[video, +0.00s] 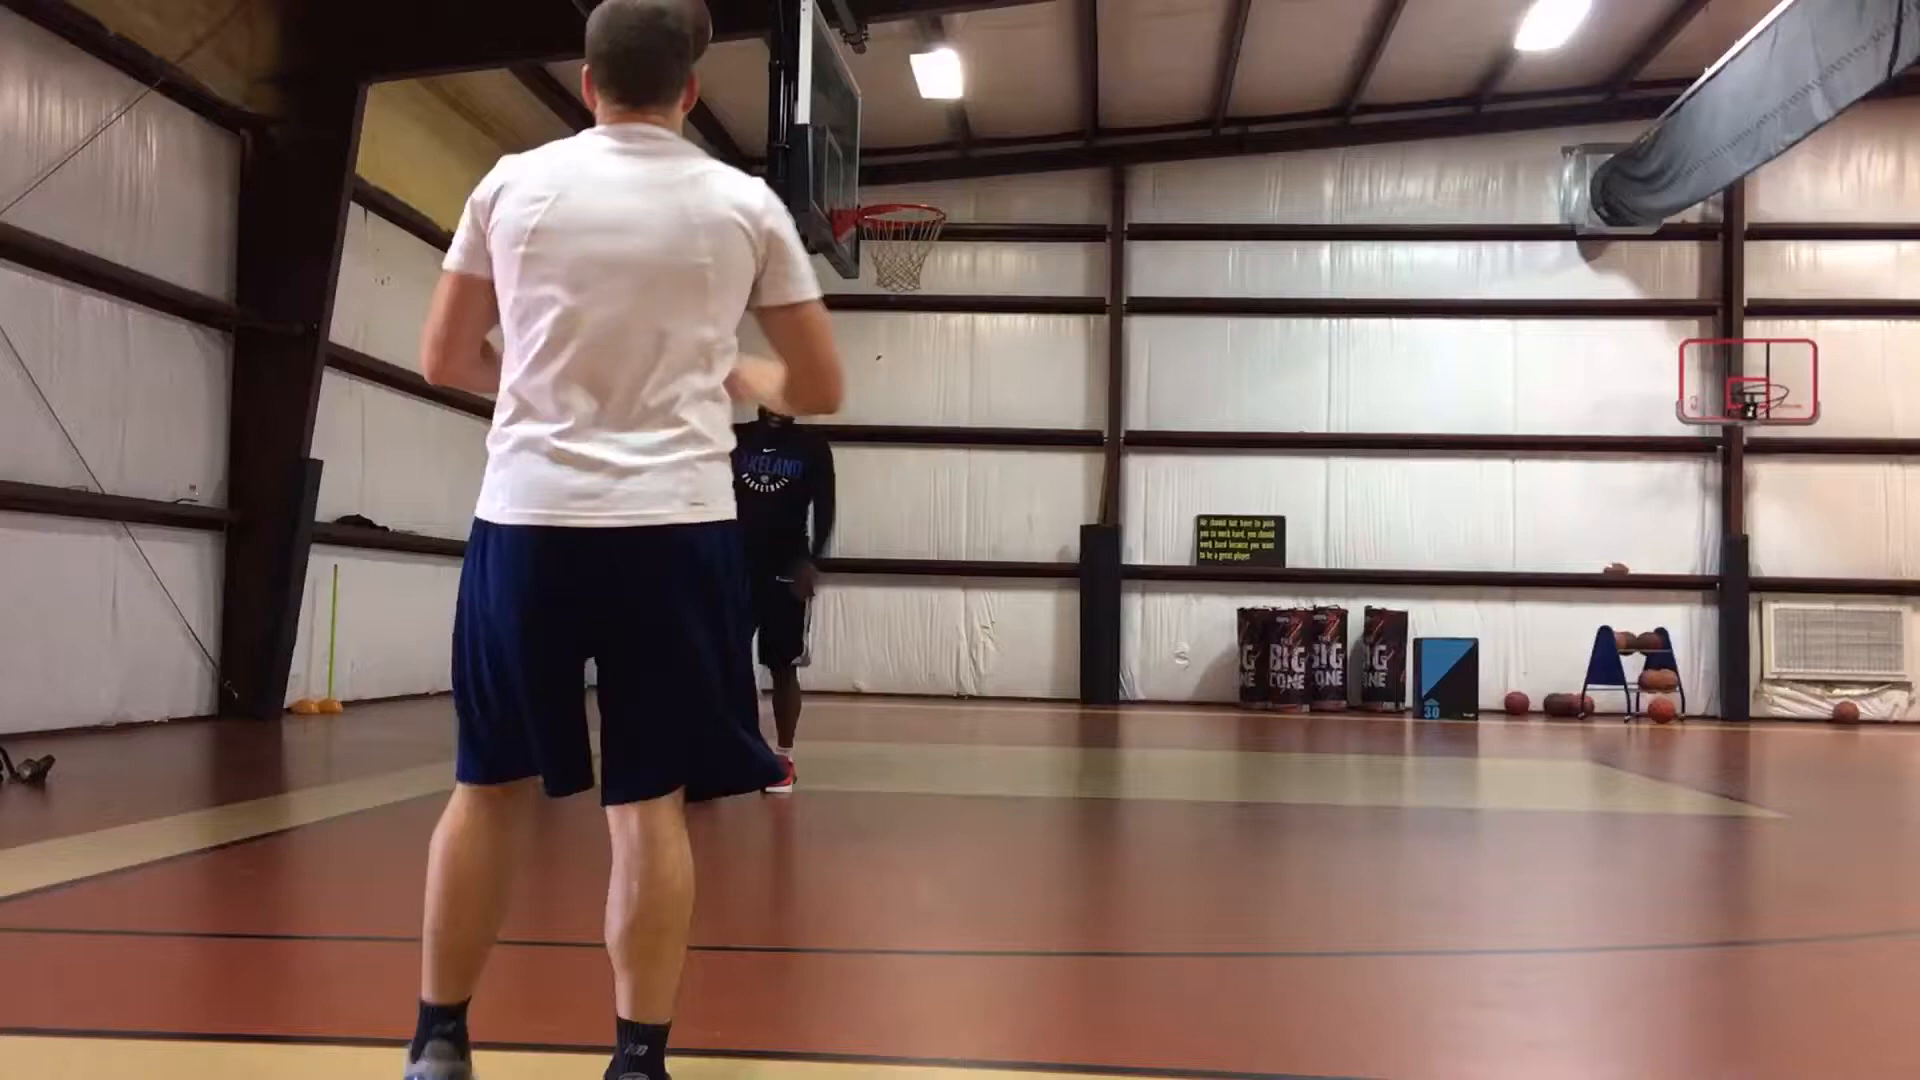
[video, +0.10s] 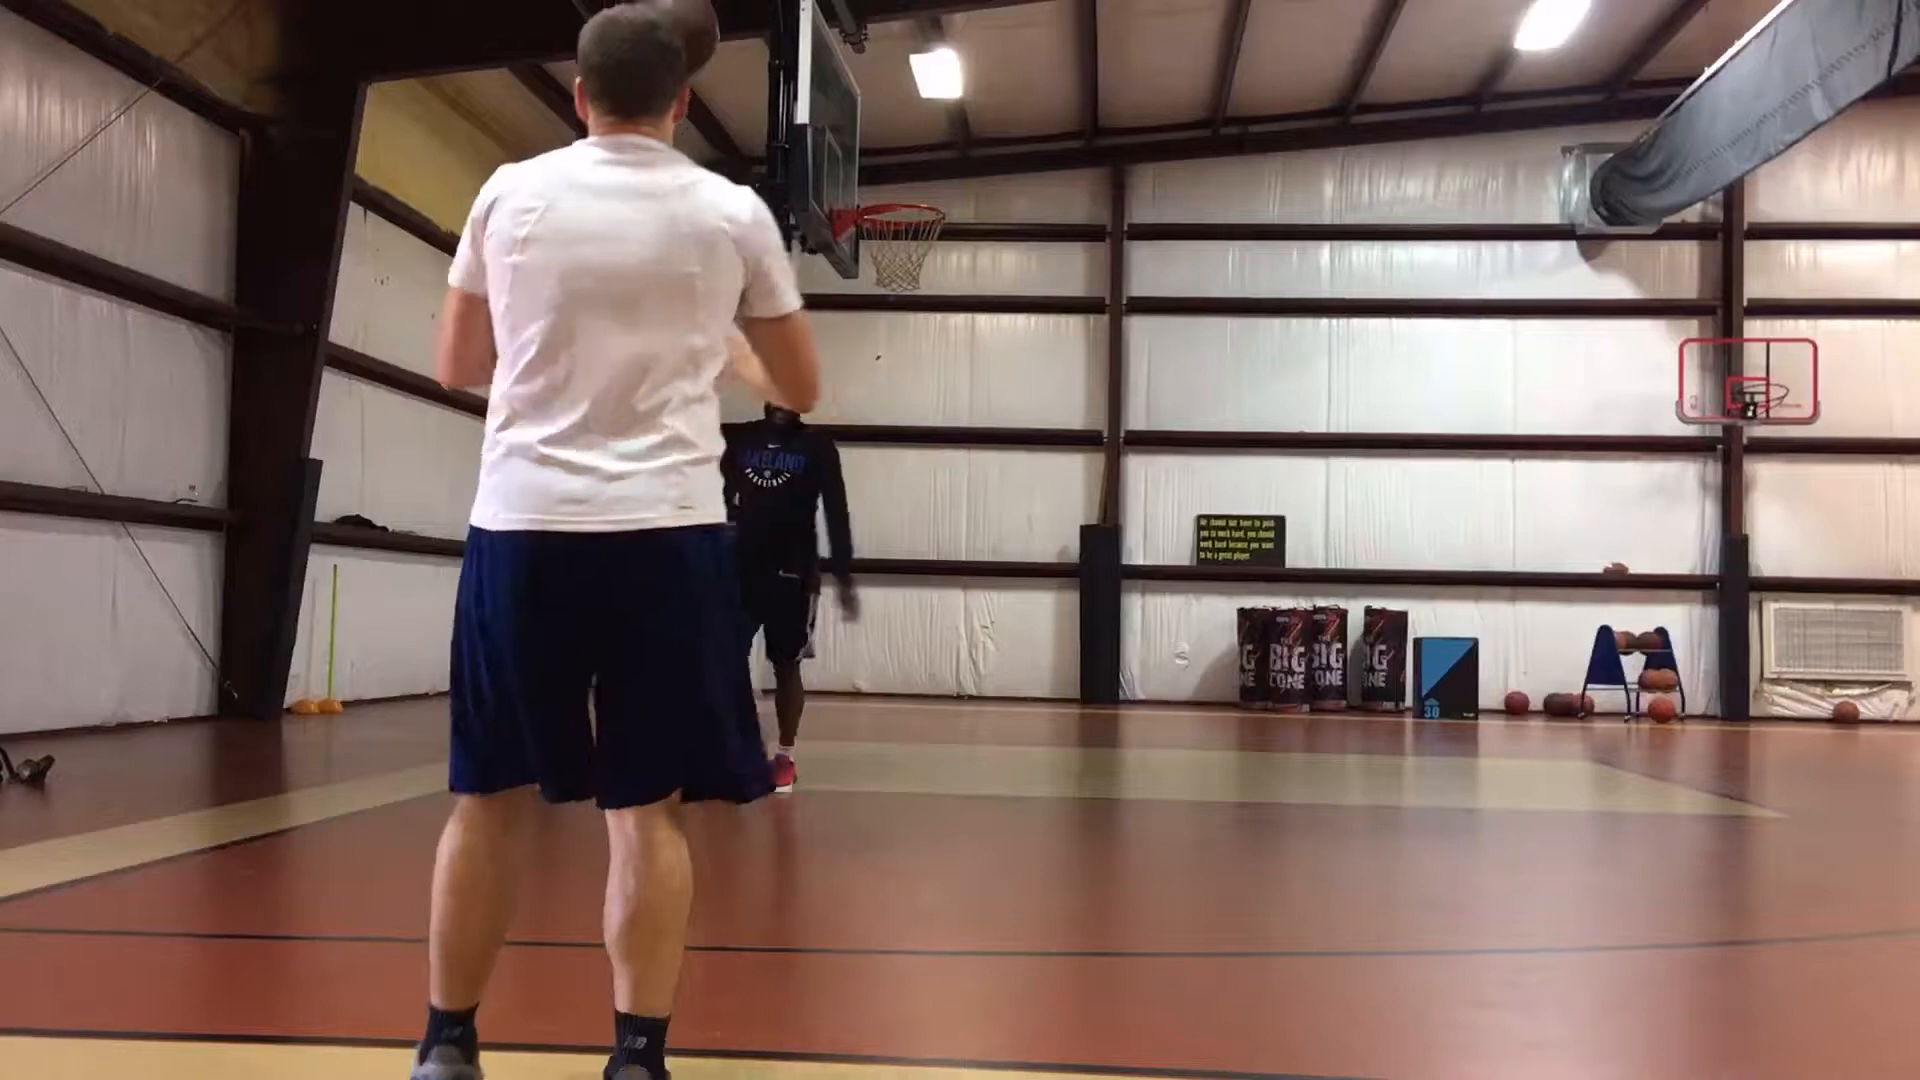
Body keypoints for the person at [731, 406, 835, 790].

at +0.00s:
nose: (781, 396)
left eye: (790, 388)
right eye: (775, 387)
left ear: (799, 396)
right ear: (761, 391)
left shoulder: (812, 445)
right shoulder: (734, 438)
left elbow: (824, 510)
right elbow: (714, 496)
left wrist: (812, 559)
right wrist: (714, 551)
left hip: (784, 568)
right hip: (734, 564)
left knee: (782, 665)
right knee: (733, 664)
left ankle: (784, 755)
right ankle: (743, 752)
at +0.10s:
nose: (784, 401)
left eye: (794, 393)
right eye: (778, 391)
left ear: (803, 402)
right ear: (765, 395)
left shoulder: (818, 447)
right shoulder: (739, 439)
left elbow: (836, 516)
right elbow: (716, 495)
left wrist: (843, 578)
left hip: (792, 573)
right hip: (740, 567)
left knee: (786, 666)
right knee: (725, 661)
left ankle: (784, 754)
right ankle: (734, 754)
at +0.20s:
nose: (790, 404)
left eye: (799, 399)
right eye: (788, 396)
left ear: (813, 407)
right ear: (780, 398)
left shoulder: (828, 448)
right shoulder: (758, 441)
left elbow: (855, 515)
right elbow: (736, 497)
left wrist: (876, 579)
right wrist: (705, 531)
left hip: (801, 570)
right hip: (755, 564)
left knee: (788, 663)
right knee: (738, 656)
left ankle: (785, 752)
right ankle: (768, 736)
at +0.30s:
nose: (801, 413)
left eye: (810, 409)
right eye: (800, 405)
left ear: (826, 417)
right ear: (793, 407)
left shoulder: (844, 460)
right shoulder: (775, 448)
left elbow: (870, 517)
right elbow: (754, 504)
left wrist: (889, 571)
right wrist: (728, 523)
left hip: (810, 572)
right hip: (770, 568)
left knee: (786, 666)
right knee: (761, 669)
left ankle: (785, 756)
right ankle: (805, 729)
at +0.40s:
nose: (812, 420)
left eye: (822, 415)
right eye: (810, 412)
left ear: (836, 423)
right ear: (802, 415)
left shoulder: (855, 465)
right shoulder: (783, 459)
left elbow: (876, 523)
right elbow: (766, 512)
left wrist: (893, 577)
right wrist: (733, 542)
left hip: (827, 576)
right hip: (786, 572)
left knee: (799, 666)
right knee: (792, 667)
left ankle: (788, 757)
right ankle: (830, 736)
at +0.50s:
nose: (825, 423)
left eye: (832, 416)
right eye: (820, 416)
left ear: (846, 422)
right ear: (810, 421)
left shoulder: (866, 465)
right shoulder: (794, 463)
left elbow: (883, 531)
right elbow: (769, 520)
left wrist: (891, 591)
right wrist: (739, 561)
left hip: (844, 574)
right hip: (804, 572)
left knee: (823, 663)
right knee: (819, 663)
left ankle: (800, 752)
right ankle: (840, 748)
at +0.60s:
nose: (831, 421)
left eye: (839, 414)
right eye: (827, 414)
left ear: (854, 419)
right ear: (819, 418)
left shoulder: (877, 460)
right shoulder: (810, 456)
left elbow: (888, 526)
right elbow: (787, 514)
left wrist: (884, 582)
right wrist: (764, 564)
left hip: (860, 573)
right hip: (819, 570)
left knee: (841, 656)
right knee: (827, 658)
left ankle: (837, 744)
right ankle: (838, 746)